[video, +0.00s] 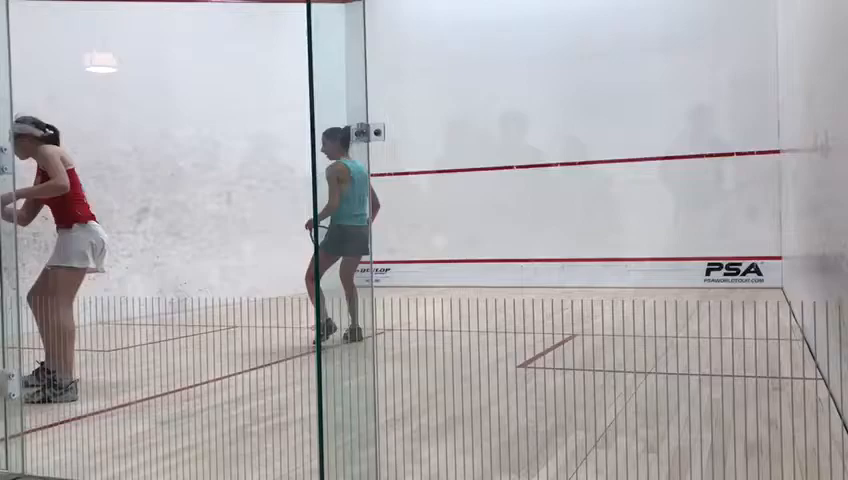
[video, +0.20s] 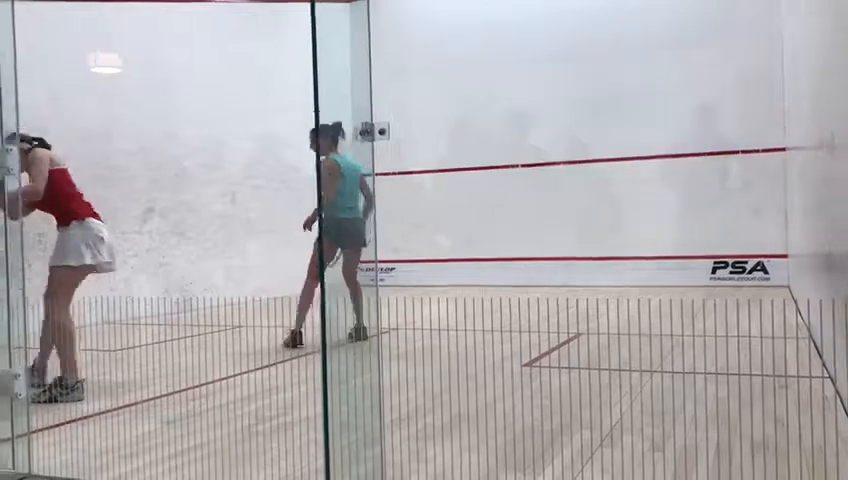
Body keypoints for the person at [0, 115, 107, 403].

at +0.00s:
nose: (13, 148)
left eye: (15, 141)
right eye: (12, 143)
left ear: (28, 137)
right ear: (32, 139)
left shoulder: (47, 151)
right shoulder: (44, 167)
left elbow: (61, 184)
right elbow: (24, 217)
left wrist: (16, 194)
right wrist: (3, 208)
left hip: (80, 235)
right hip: (69, 236)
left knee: (61, 304)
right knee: (38, 298)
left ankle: (66, 381)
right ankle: (53, 367)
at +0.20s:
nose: (13, 159)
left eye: (12, 152)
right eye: (11, 154)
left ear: (21, 146)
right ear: (28, 146)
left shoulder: (38, 154)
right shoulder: (40, 170)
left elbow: (36, 192)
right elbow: (15, 213)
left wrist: (7, 195)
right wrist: (9, 191)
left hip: (81, 234)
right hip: (73, 235)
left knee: (58, 305)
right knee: (53, 303)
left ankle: (71, 380)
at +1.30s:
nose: (253, 122)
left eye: (250, 118)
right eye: (248, 120)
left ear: (229, 130)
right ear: (240, 128)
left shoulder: (211, 153)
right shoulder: (255, 155)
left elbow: (188, 184)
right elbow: (264, 194)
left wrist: (197, 216)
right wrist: (269, 221)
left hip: (209, 222)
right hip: (235, 223)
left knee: (235, 279)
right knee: (228, 287)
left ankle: (238, 336)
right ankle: (190, 338)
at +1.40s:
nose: (270, 124)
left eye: (267, 121)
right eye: (265, 123)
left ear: (246, 134)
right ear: (257, 132)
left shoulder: (229, 158)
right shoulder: (272, 159)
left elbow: (206, 189)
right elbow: (282, 198)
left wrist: (214, 220)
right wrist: (286, 222)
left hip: (235, 226)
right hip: (260, 226)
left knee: (260, 281)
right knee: (252, 289)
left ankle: (266, 333)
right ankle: (213, 330)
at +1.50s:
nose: (287, 131)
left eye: (284, 127)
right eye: (282, 128)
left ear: (264, 138)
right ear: (274, 136)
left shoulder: (248, 164)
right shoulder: (288, 164)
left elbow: (229, 199)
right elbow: (297, 200)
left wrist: (239, 228)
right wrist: (303, 223)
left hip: (255, 228)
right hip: (279, 229)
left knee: (278, 283)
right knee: (284, 289)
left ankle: (269, 333)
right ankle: (248, 325)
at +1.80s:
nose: (337, 132)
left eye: (334, 128)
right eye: (334, 129)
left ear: (312, 134)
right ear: (329, 132)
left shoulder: (304, 157)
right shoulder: (338, 159)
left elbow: (290, 196)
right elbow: (345, 200)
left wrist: (300, 217)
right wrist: (358, 230)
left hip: (301, 223)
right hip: (324, 223)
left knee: (308, 277)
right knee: (357, 263)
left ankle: (280, 323)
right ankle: (356, 321)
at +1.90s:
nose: (362, 155)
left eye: (360, 151)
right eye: (359, 152)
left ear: (339, 155)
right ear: (354, 155)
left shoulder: (327, 176)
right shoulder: (358, 180)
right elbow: (365, 221)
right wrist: (383, 248)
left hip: (316, 239)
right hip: (342, 240)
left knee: (308, 291)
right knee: (379, 268)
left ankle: (277, 333)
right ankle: (388, 321)